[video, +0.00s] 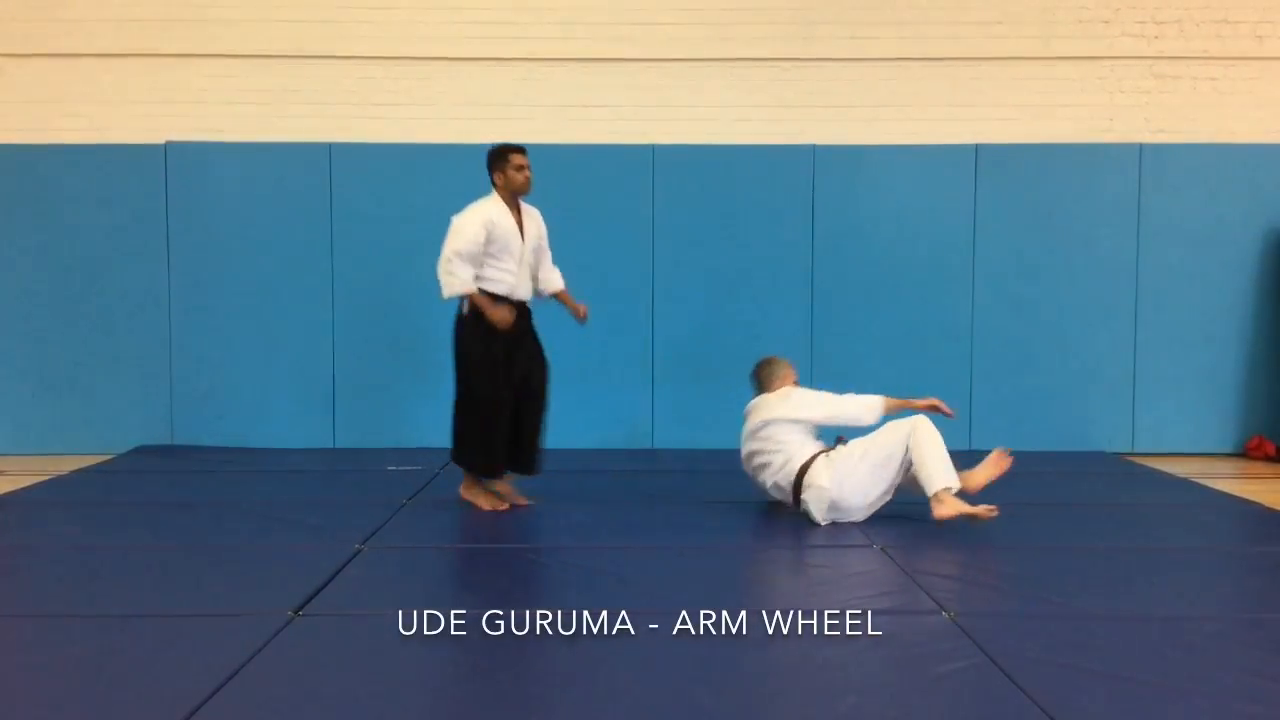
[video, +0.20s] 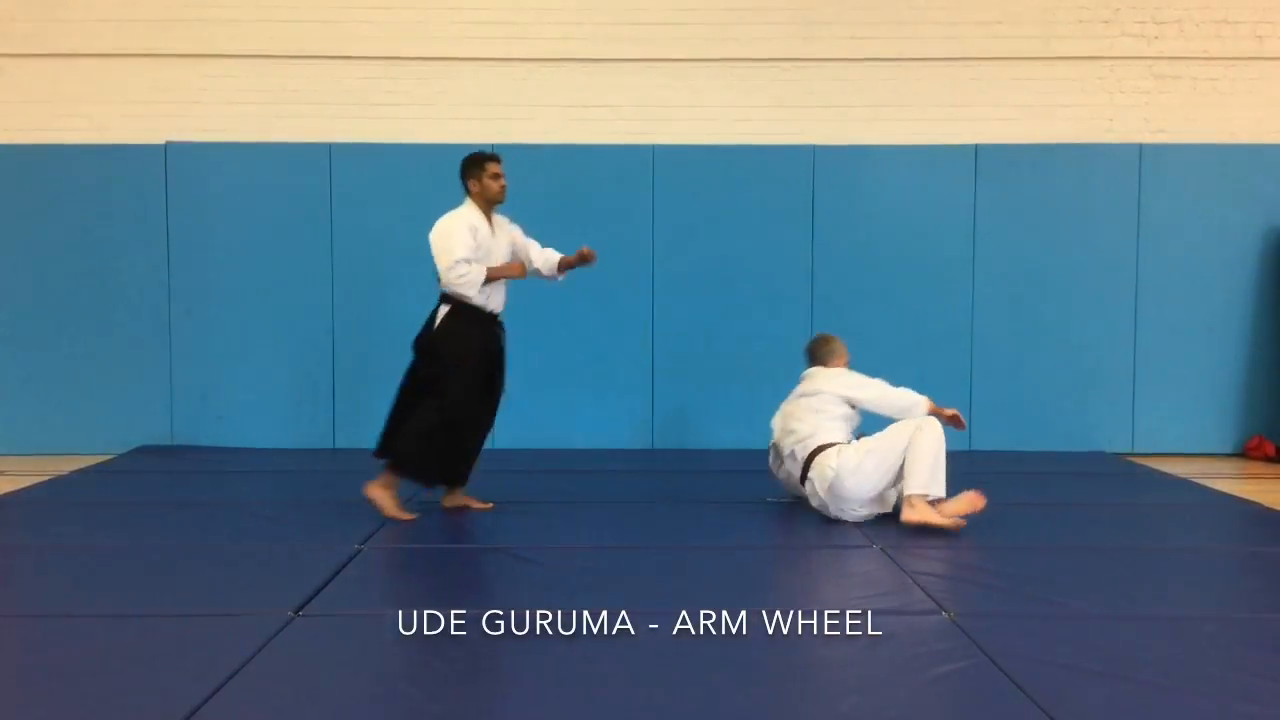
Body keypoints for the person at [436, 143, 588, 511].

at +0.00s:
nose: (527, 174)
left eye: (528, 168)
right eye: (519, 169)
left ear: (527, 173)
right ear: (498, 175)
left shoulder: (533, 217)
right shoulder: (475, 217)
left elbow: (543, 269)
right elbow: (453, 268)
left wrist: (570, 303)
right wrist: (487, 306)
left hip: (518, 316)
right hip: (481, 315)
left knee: (526, 389)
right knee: (482, 395)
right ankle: (472, 481)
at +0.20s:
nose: (503, 183)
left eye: (502, 176)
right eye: (495, 177)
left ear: (495, 183)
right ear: (473, 183)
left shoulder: (504, 228)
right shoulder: (451, 225)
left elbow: (536, 257)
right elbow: (455, 277)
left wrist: (570, 262)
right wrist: (502, 272)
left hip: (487, 330)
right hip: (454, 327)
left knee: (477, 412)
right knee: (436, 406)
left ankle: (454, 491)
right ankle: (385, 484)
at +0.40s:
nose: (474, 191)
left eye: (474, 184)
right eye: (467, 184)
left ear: (457, 190)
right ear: (444, 190)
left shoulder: (462, 235)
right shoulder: (426, 231)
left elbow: (490, 281)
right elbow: (446, 284)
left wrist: (526, 271)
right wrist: (477, 270)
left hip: (459, 332)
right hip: (429, 331)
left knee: (471, 411)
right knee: (406, 412)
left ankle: (457, 492)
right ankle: (352, 492)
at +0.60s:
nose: (449, 186)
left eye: (449, 179)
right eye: (442, 180)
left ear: (427, 185)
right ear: (419, 183)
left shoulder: (435, 229)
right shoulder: (398, 224)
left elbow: (461, 276)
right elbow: (415, 277)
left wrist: (495, 260)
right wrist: (447, 261)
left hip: (442, 327)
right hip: (410, 326)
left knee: (453, 405)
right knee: (385, 407)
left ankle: (453, 490)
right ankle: (349, 494)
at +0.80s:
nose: (434, 188)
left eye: (434, 181)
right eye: (428, 181)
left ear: (412, 185)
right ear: (404, 182)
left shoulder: (420, 228)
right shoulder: (382, 225)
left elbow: (450, 269)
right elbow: (404, 278)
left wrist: (489, 257)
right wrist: (434, 258)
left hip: (433, 326)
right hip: (401, 326)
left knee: (446, 404)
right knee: (378, 408)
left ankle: (449, 490)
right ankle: (348, 494)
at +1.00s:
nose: (428, 188)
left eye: (427, 181)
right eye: (421, 181)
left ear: (406, 185)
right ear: (397, 184)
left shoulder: (416, 228)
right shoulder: (376, 226)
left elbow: (450, 267)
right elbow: (401, 277)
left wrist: (487, 252)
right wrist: (430, 254)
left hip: (432, 327)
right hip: (399, 327)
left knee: (445, 407)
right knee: (377, 411)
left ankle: (449, 491)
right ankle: (346, 497)